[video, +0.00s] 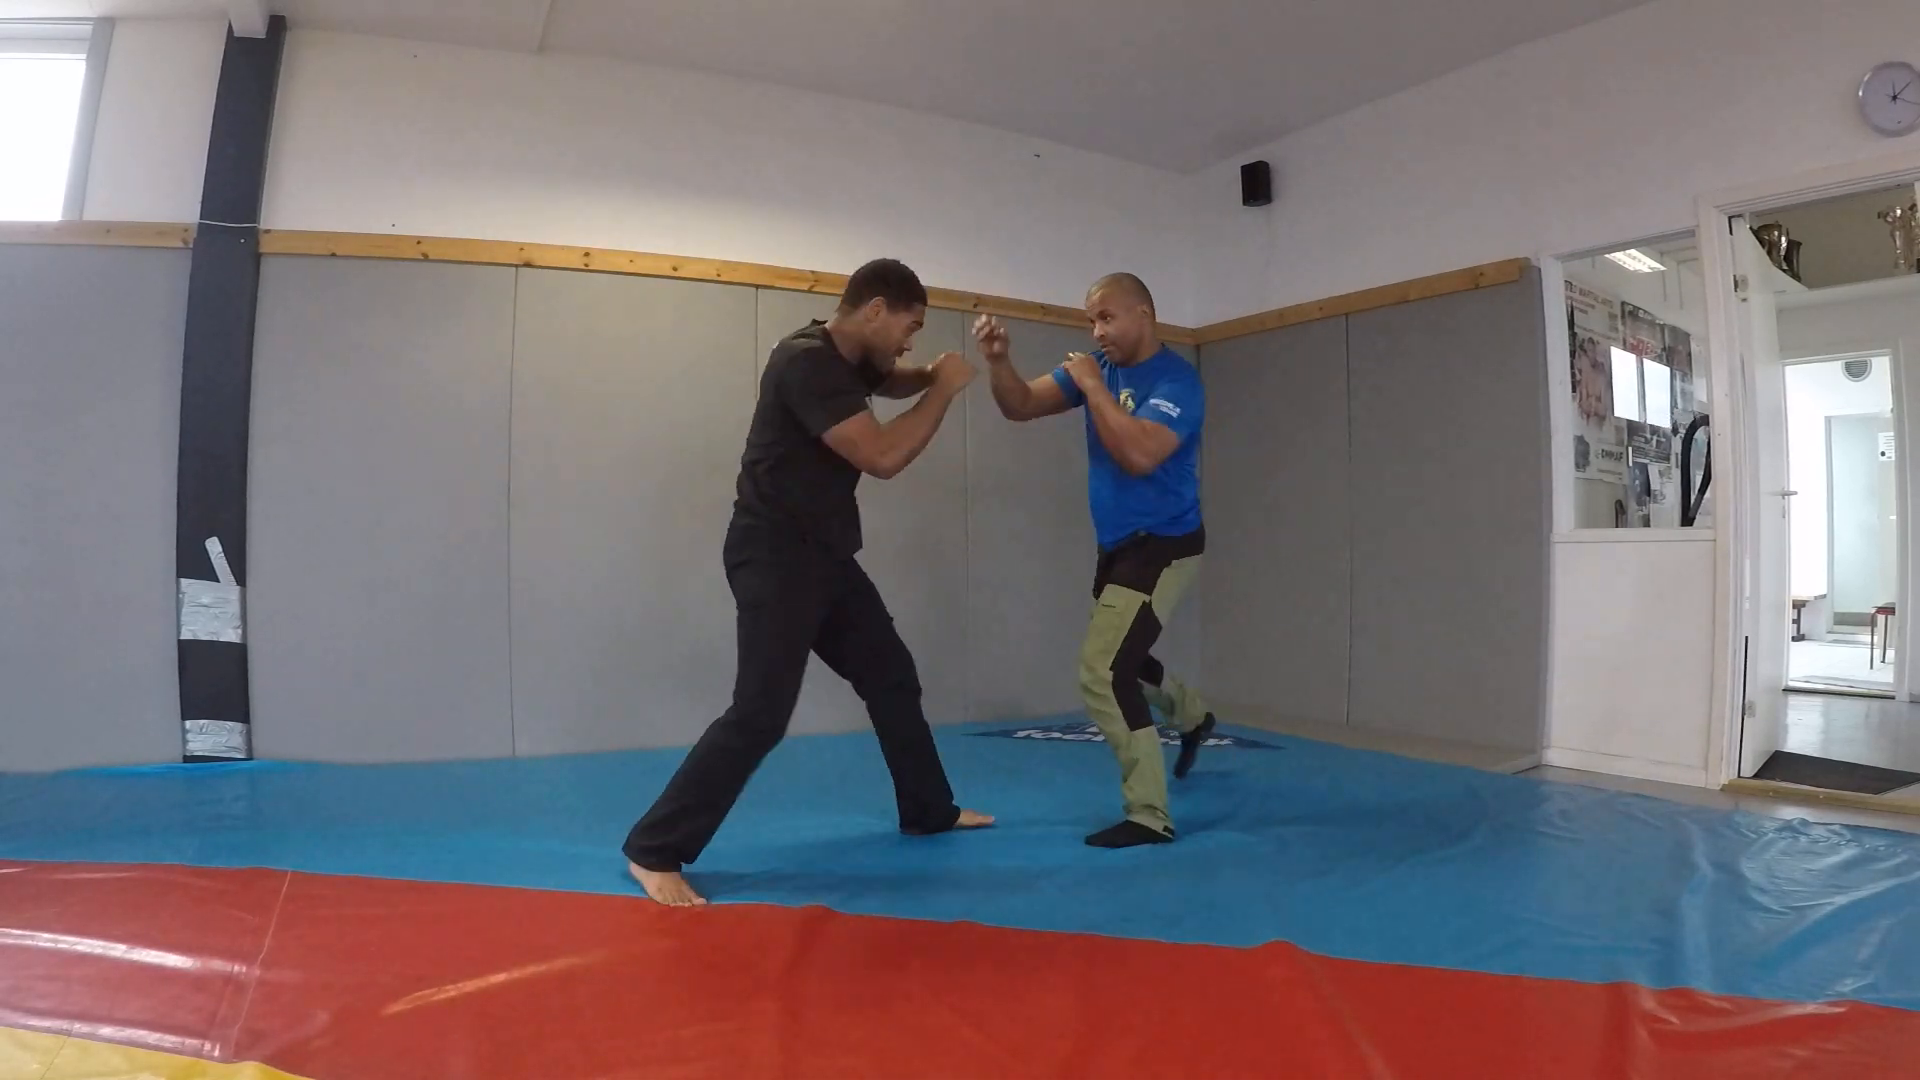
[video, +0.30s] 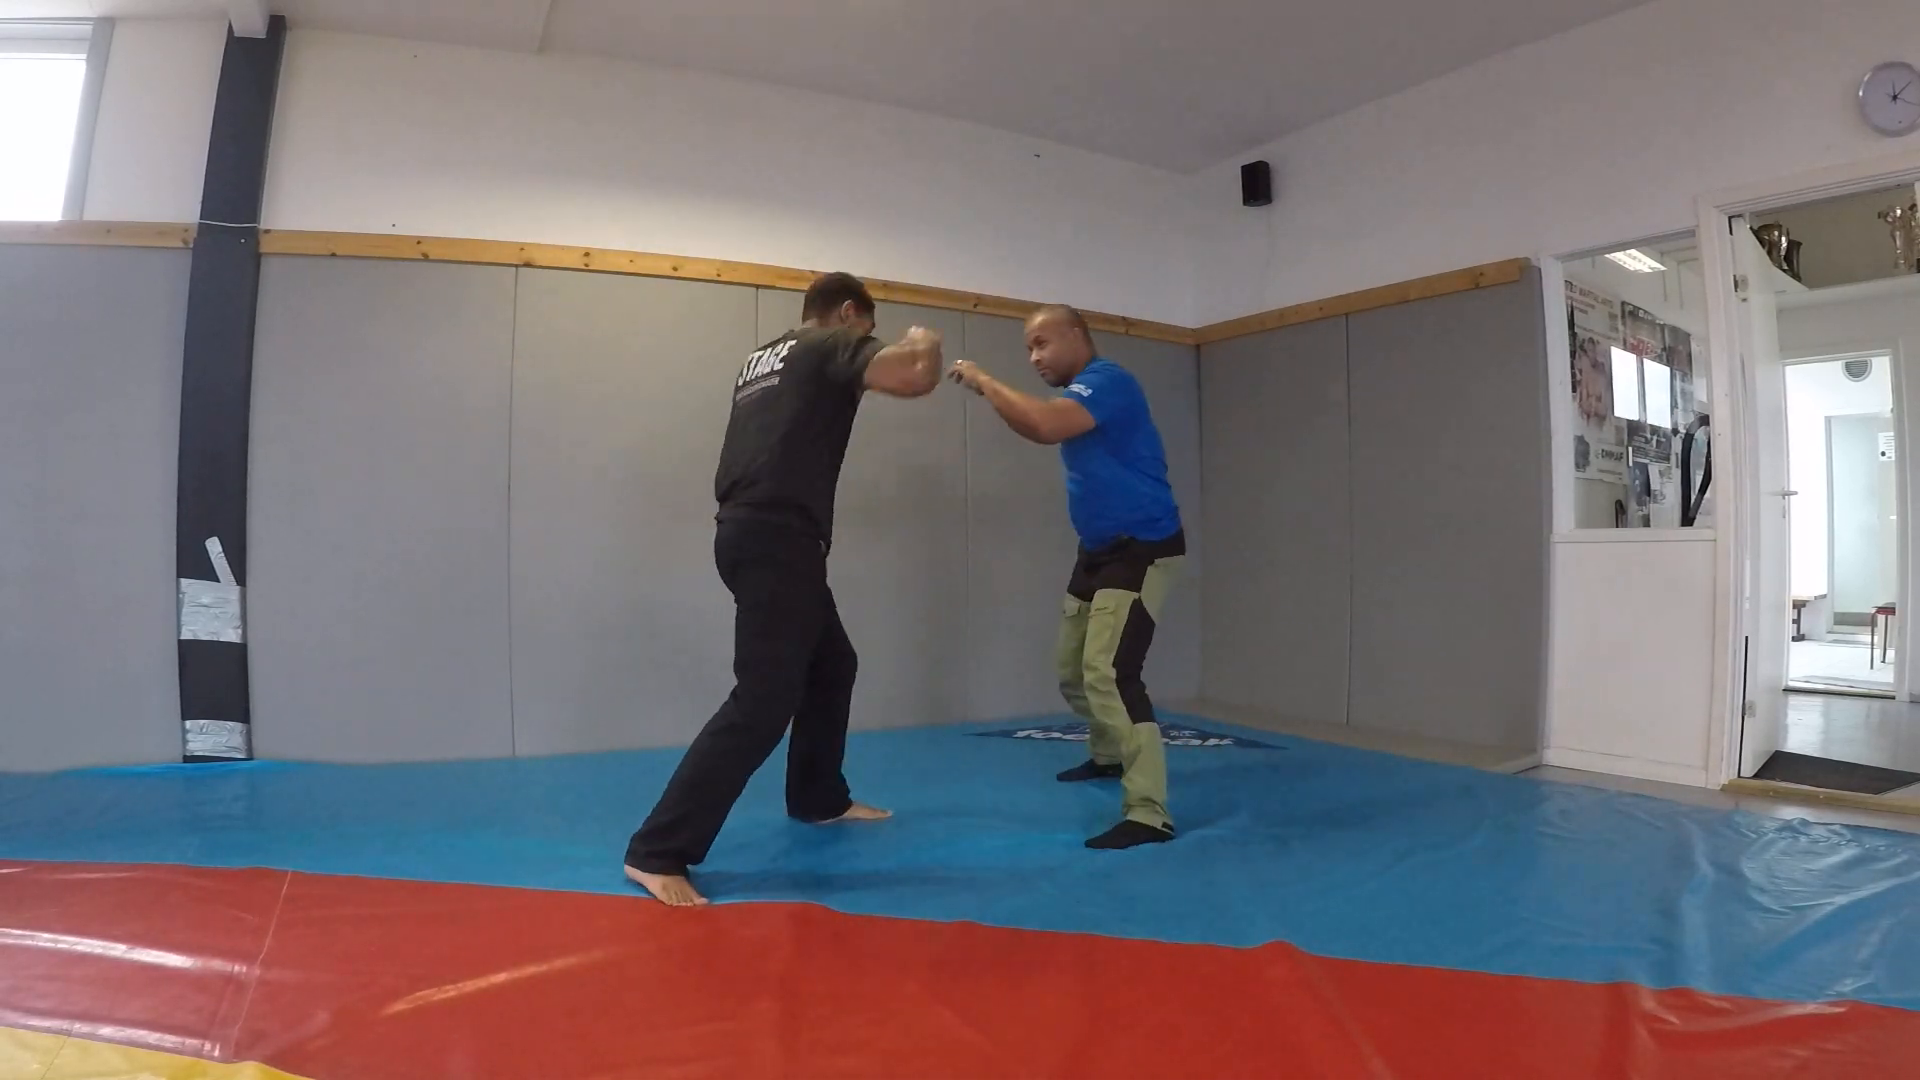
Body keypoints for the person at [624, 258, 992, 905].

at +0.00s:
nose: (909, 343)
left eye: (913, 334)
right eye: (908, 328)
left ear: (870, 313)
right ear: (873, 310)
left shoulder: (848, 357)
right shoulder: (806, 362)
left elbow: (895, 380)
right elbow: (884, 456)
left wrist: (940, 372)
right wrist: (944, 389)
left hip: (824, 558)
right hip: (775, 557)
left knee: (892, 679)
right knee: (760, 715)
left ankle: (929, 810)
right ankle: (654, 849)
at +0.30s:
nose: (864, 333)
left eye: (864, 327)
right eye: (864, 324)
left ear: (812, 314)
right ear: (850, 312)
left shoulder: (761, 359)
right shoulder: (834, 345)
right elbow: (917, 376)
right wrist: (923, 341)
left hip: (747, 535)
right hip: (780, 539)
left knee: (832, 665)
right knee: (765, 700)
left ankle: (818, 799)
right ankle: (657, 853)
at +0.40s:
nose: (856, 339)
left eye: (856, 332)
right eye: (855, 332)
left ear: (799, 326)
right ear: (841, 326)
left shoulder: (751, 374)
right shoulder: (842, 350)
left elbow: (746, 461)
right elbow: (959, 330)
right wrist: (953, 325)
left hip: (738, 538)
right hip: (786, 535)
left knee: (829, 663)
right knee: (765, 693)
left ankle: (820, 802)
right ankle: (656, 848)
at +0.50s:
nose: (856, 343)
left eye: (856, 337)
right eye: (855, 336)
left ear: (799, 329)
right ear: (841, 328)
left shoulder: (749, 378)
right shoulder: (838, 347)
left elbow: (735, 471)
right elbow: (960, 355)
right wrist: (980, 368)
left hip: (739, 533)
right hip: (781, 530)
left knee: (825, 666)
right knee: (758, 687)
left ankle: (820, 802)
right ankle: (657, 847)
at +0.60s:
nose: (859, 344)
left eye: (857, 338)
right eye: (857, 336)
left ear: (803, 327)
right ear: (843, 327)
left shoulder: (756, 374)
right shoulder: (836, 348)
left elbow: (736, 467)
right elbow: (936, 397)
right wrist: (961, 413)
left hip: (737, 529)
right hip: (776, 526)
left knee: (816, 664)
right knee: (746, 681)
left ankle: (819, 801)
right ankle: (658, 844)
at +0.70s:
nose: (864, 357)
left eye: (865, 349)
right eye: (864, 346)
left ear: (817, 329)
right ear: (849, 330)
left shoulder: (774, 367)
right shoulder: (829, 349)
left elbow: (748, 451)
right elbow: (862, 417)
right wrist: (922, 435)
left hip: (745, 526)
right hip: (762, 526)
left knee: (811, 666)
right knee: (750, 678)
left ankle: (819, 802)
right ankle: (655, 841)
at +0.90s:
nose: (855, 367)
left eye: (857, 357)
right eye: (853, 354)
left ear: (822, 342)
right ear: (827, 339)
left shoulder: (795, 396)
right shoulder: (775, 372)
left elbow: (817, 461)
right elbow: (755, 439)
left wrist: (865, 410)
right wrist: (846, 437)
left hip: (754, 559)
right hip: (720, 553)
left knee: (829, 662)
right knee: (748, 697)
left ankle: (826, 800)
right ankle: (618, 824)